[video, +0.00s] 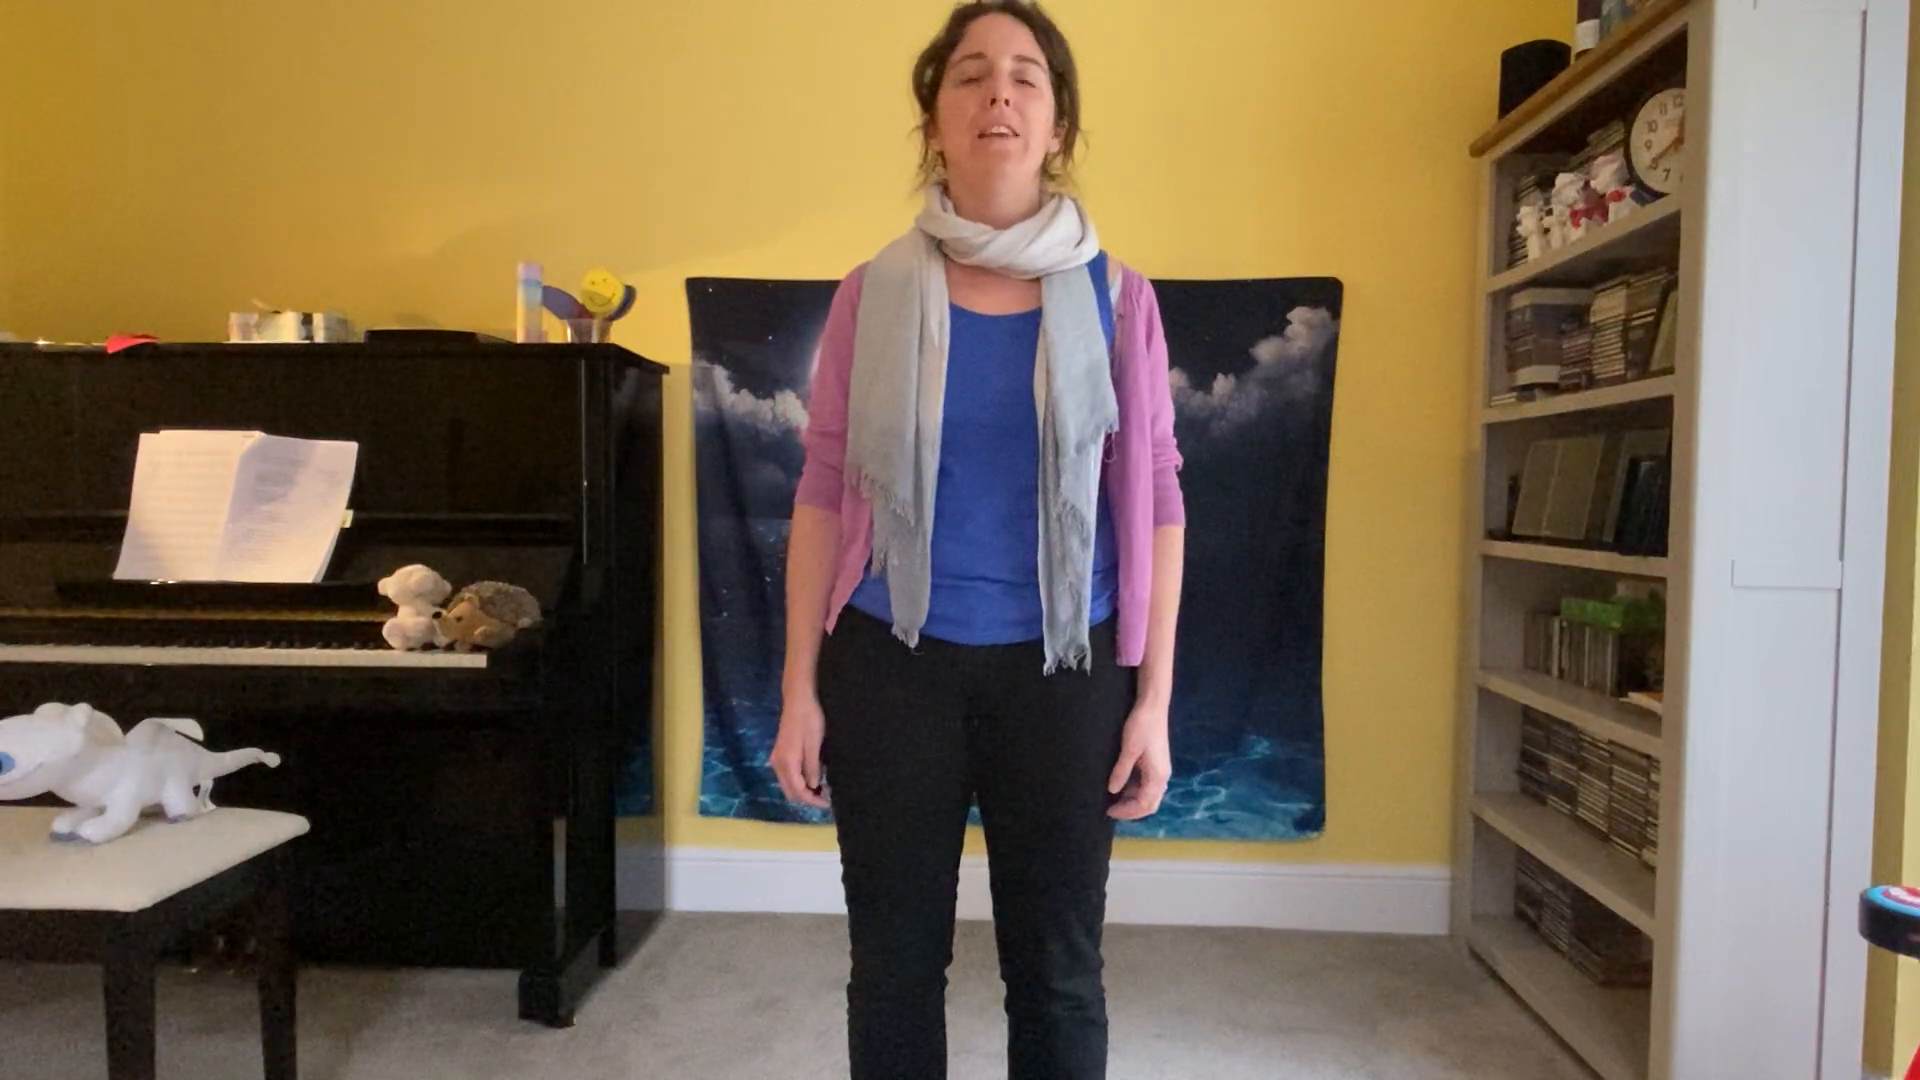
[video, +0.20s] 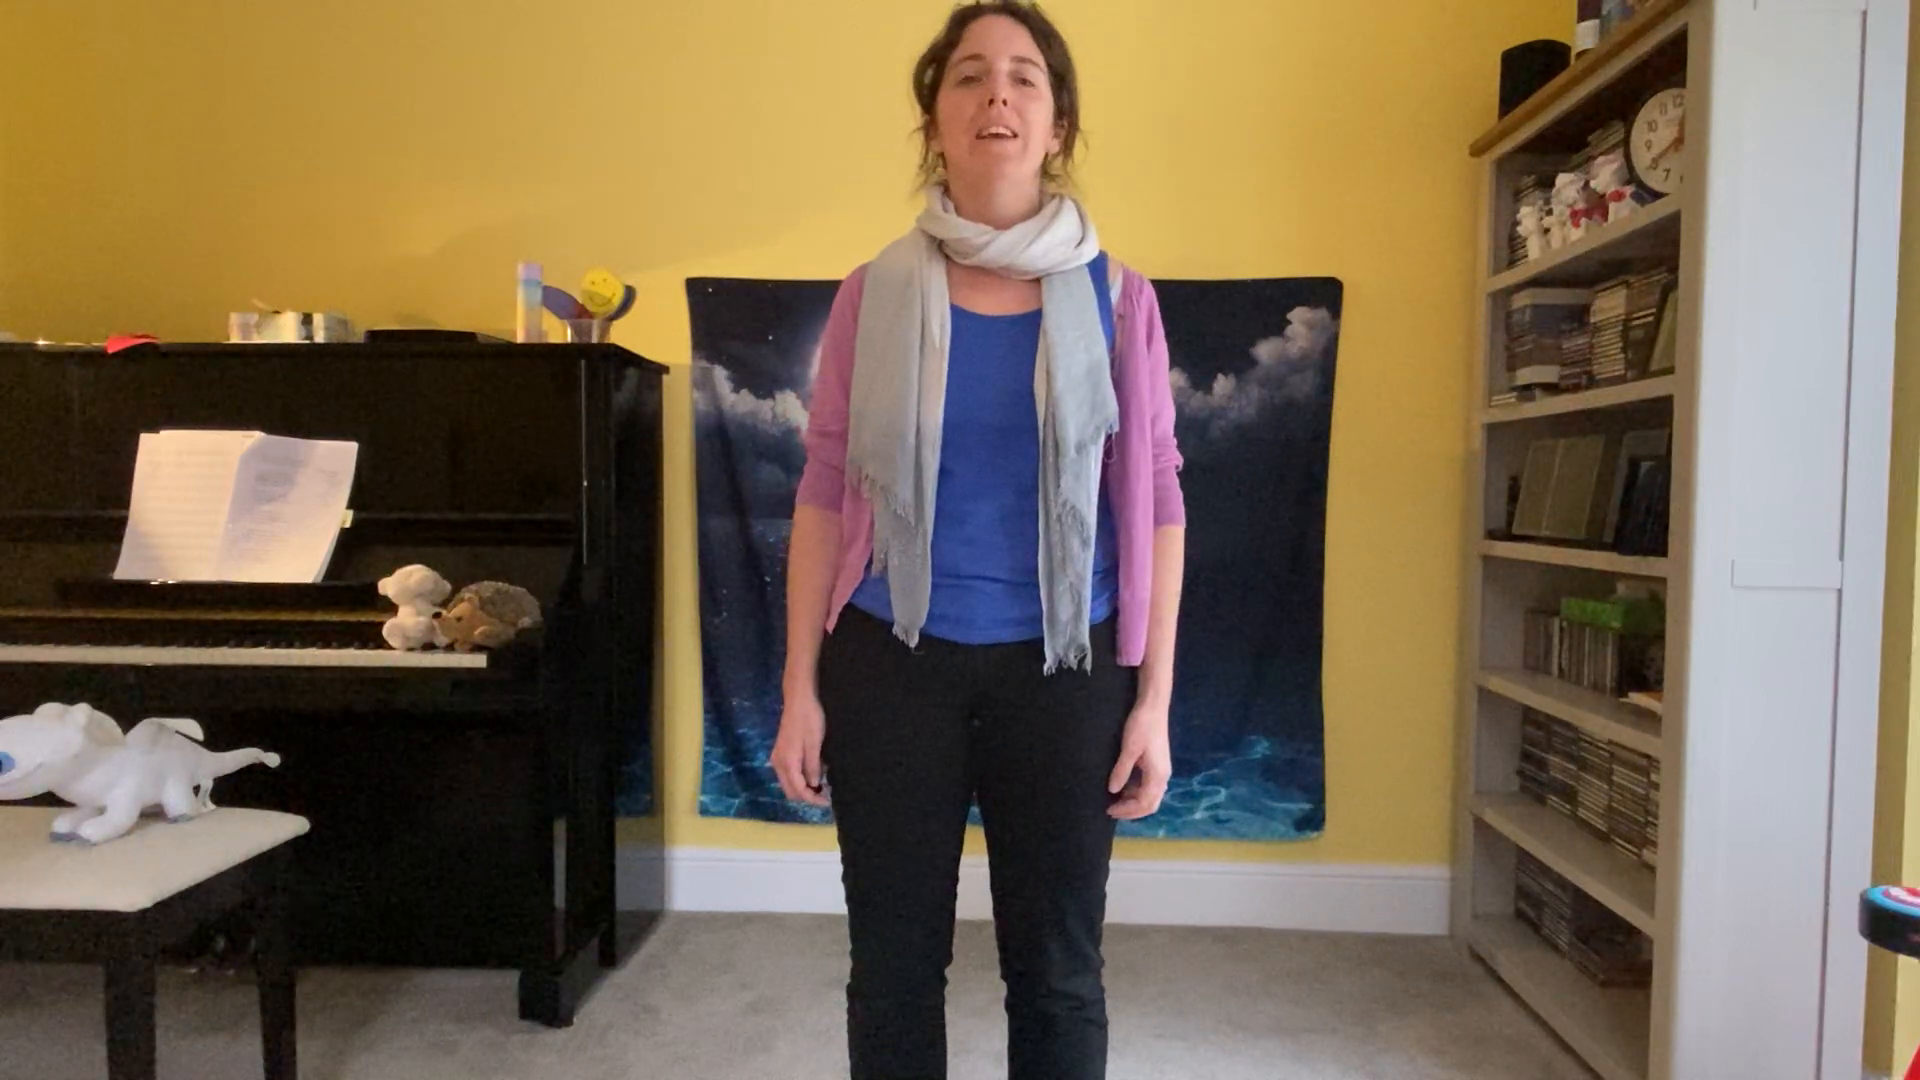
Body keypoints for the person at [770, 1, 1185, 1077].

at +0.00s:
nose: (998, 93)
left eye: (1024, 77)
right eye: (972, 75)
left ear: (1059, 124)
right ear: (933, 122)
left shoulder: (1119, 302)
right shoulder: (871, 295)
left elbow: (1156, 504)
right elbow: (821, 494)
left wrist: (1153, 695)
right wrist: (798, 685)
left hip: (1063, 681)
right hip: (889, 676)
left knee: (1060, 984)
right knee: (893, 981)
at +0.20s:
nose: (996, 94)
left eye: (1022, 77)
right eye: (970, 76)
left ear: (1059, 121)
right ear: (933, 120)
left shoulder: (1119, 302)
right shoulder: (873, 295)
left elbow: (1156, 506)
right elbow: (823, 494)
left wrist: (1153, 695)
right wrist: (799, 682)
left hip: (1063, 679)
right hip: (888, 674)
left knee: (1059, 985)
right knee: (893, 986)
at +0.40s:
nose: (996, 93)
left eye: (1022, 77)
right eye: (970, 75)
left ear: (1059, 124)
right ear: (934, 121)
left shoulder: (1119, 303)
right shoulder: (872, 296)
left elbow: (1156, 506)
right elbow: (823, 494)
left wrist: (1152, 696)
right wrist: (798, 683)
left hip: (1062, 679)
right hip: (888, 673)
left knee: (1059, 983)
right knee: (892, 979)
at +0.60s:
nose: (996, 90)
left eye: (1022, 75)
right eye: (970, 74)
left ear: (1058, 123)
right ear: (933, 121)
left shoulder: (1119, 304)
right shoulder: (872, 296)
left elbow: (1155, 505)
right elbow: (822, 494)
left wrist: (1152, 696)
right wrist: (798, 683)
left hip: (1063, 679)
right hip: (888, 672)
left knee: (1059, 985)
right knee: (893, 979)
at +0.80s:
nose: (996, 87)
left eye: (1022, 70)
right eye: (969, 69)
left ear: (1059, 113)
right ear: (932, 112)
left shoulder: (1119, 299)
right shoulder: (872, 291)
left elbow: (1154, 503)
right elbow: (824, 489)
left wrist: (1152, 694)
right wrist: (799, 679)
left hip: (1061, 677)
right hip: (888, 671)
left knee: (1058, 982)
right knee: (893, 977)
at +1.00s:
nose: (996, 79)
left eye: (1023, 63)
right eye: (970, 62)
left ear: (1060, 112)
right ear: (933, 110)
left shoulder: (1119, 298)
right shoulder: (869, 290)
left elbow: (1153, 504)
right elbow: (823, 488)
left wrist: (1150, 696)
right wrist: (799, 677)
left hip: (1061, 679)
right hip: (887, 672)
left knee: (1057, 982)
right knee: (892, 977)